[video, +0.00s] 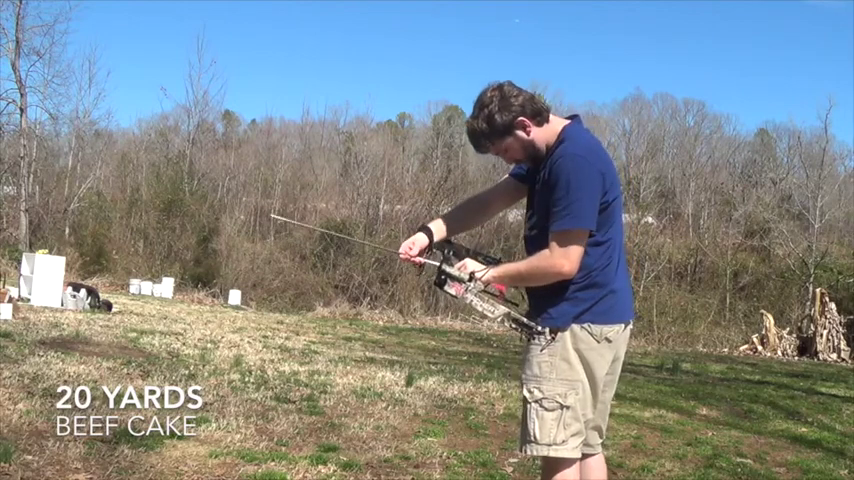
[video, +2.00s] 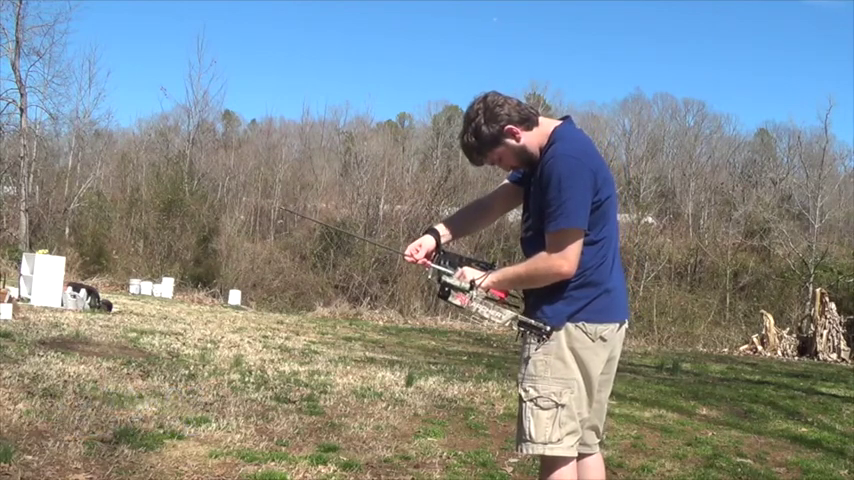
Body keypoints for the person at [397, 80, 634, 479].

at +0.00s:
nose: (507, 162)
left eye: (504, 153)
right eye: (500, 156)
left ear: (524, 127)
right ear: (525, 123)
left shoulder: (573, 158)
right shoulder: (557, 148)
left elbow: (563, 261)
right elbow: (493, 200)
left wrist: (489, 274)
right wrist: (431, 232)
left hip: (574, 321)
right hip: (594, 318)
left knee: (559, 450)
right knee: (587, 445)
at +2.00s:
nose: (500, 166)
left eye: (496, 159)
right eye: (493, 163)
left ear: (512, 132)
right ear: (514, 128)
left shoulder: (565, 159)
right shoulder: (555, 149)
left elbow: (563, 263)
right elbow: (494, 203)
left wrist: (490, 279)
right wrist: (437, 235)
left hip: (570, 319)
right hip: (590, 316)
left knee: (557, 449)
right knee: (585, 445)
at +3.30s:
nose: (495, 143)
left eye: (494, 131)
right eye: (489, 136)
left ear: (520, 110)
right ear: (524, 110)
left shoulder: (558, 156)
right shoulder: (568, 142)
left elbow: (545, 260)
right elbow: (514, 201)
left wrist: (473, 282)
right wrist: (469, 196)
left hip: (567, 320)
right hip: (600, 316)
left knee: (554, 451)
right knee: (587, 444)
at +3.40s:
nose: (494, 140)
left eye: (492, 127)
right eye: (489, 130)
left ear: (519, 108)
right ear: (525, 107)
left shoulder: (555, 153)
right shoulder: (580, 139)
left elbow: (536, 262)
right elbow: (566, 219)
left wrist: (466, 289)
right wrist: (508, 199)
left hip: (566, 317)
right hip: (604, 314)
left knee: (555, 450)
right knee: (587, 443)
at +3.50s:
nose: (494, 138)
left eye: (491, 125)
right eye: (487, 129)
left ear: (517, 106)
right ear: (524, 105)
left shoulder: (549, 153)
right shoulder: (583, 139)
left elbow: (529, 259)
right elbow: (585, 240)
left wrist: (460, 295)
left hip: (564, 320)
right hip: (605, 316)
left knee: (555, 451)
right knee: (588, 444)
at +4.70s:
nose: (499, 147)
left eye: (494, 136)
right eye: (492, 140)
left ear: (505, 111)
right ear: (541, 107)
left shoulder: (526, 151)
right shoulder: (596, 144)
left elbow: (520, 254)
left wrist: (477, 314)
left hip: (565, 311)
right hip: (618, 307)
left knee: (553, 450)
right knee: (598, 448)